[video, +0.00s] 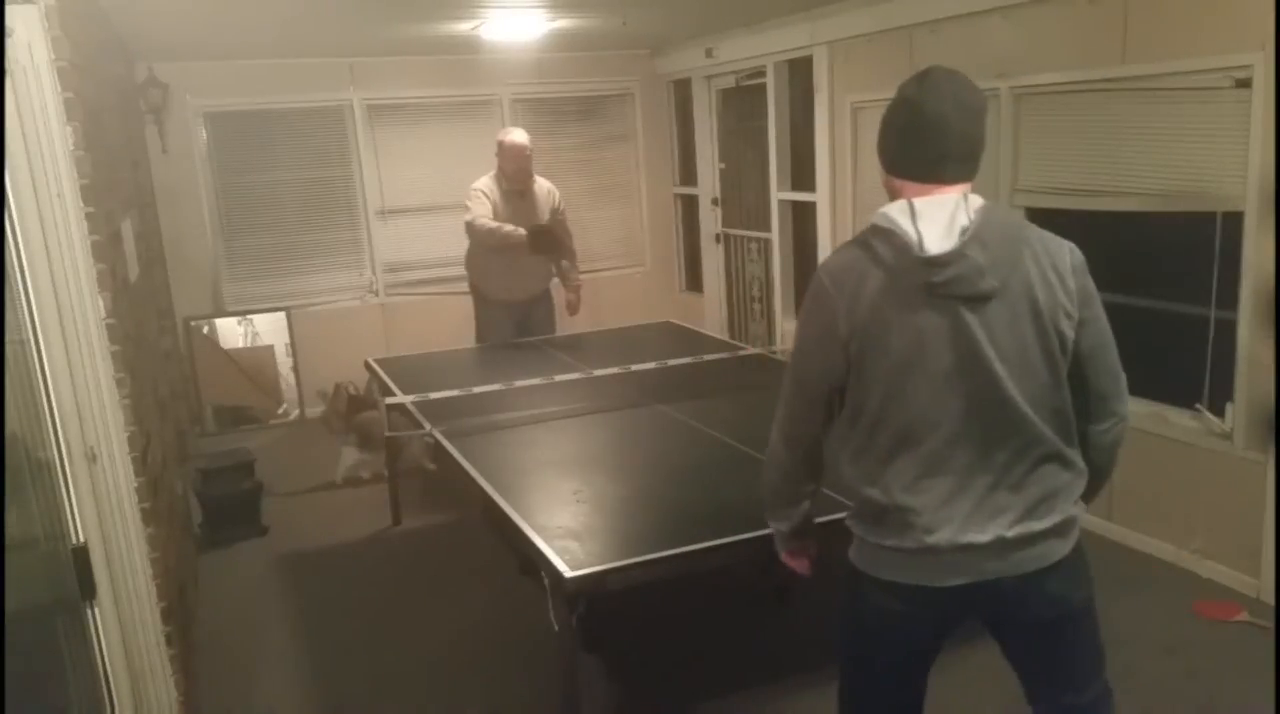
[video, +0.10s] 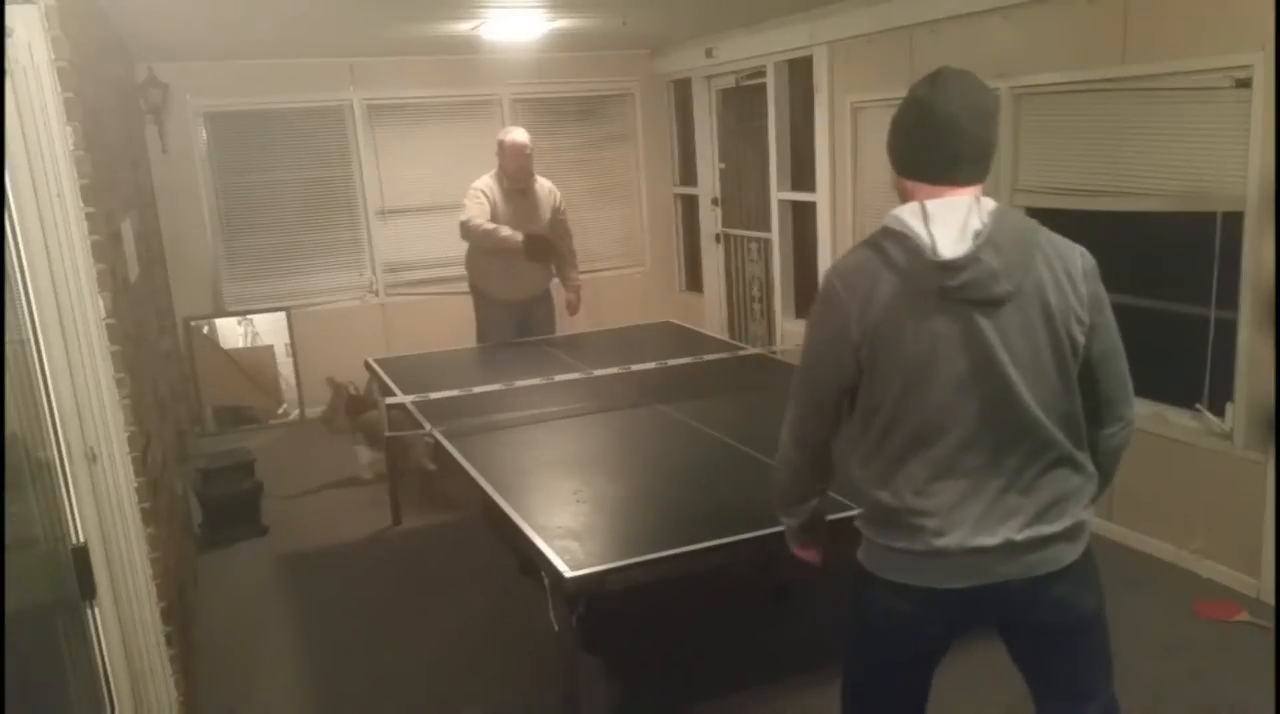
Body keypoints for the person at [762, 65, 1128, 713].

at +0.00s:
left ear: (886, 161)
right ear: (976, 156)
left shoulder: (845, 279)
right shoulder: (1056, 264)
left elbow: (796, 427)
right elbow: (1107, 412)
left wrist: (789, 522)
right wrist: (1070, 490)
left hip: (896, 578)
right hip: (1040, 570)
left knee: (878, 707)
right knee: (1078, 705)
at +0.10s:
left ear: (895, 161)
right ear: (987, 158)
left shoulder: (854, 283)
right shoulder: (1068, 267)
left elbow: (806, 433)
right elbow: (1114, 415)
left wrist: (801, 519)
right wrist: (1074, 496)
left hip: (905, 582)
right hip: (1050, 575)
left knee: (879, 706)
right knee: (1085, 706)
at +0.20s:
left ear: (908, 168)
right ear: (999, 161)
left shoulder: (868, 286)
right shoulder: (1080, 271)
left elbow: (820, 431)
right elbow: (1124, 417)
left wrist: (817, 514)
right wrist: (1074, 485)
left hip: (918, 583)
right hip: (1059, 577)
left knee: (885, 705)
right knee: (1088, 707)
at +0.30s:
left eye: (907, 157)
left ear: (912, 167)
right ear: (1006, 162)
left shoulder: (876, 285)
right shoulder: (1086, 271)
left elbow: (827, 433)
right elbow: (1128, 417)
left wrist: (831, 516)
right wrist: (1072, 484)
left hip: (921, 583)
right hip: (1063, 578)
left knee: (887, 704)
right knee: (1093, 707)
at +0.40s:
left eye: (908, 157)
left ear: (912, 167)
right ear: (1005, 162)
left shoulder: (876, 285)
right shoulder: (1086, 271)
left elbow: (827, 432)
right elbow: (1128, 417)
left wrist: (830, 516)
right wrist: (1071, 485)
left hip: (921, 584)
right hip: (1064, 578)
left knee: (886, 704)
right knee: (1093, 707)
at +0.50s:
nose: (910, 174)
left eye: (912, 161)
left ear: (917, 170)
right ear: (1008, 165)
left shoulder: (881, 288)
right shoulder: (1090, 272)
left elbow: (833, 436)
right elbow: (1131, 412)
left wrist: (844, 517)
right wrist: (1074, 483)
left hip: (926, 584)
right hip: (1068, 579)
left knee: (885, 704)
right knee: (1096, 707)